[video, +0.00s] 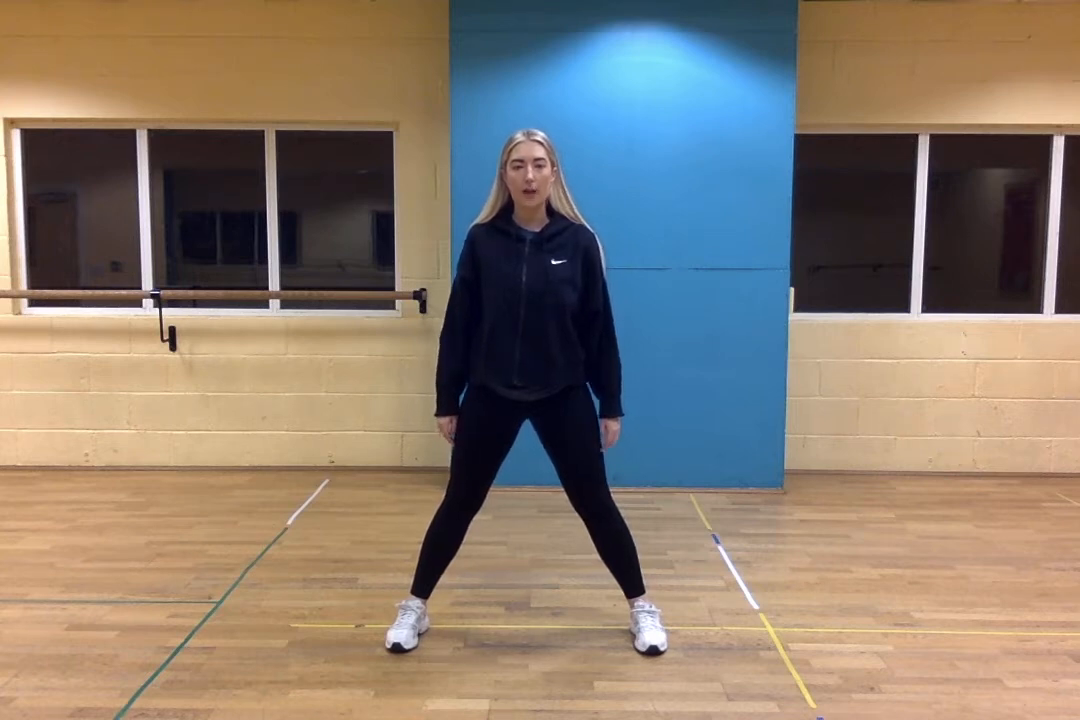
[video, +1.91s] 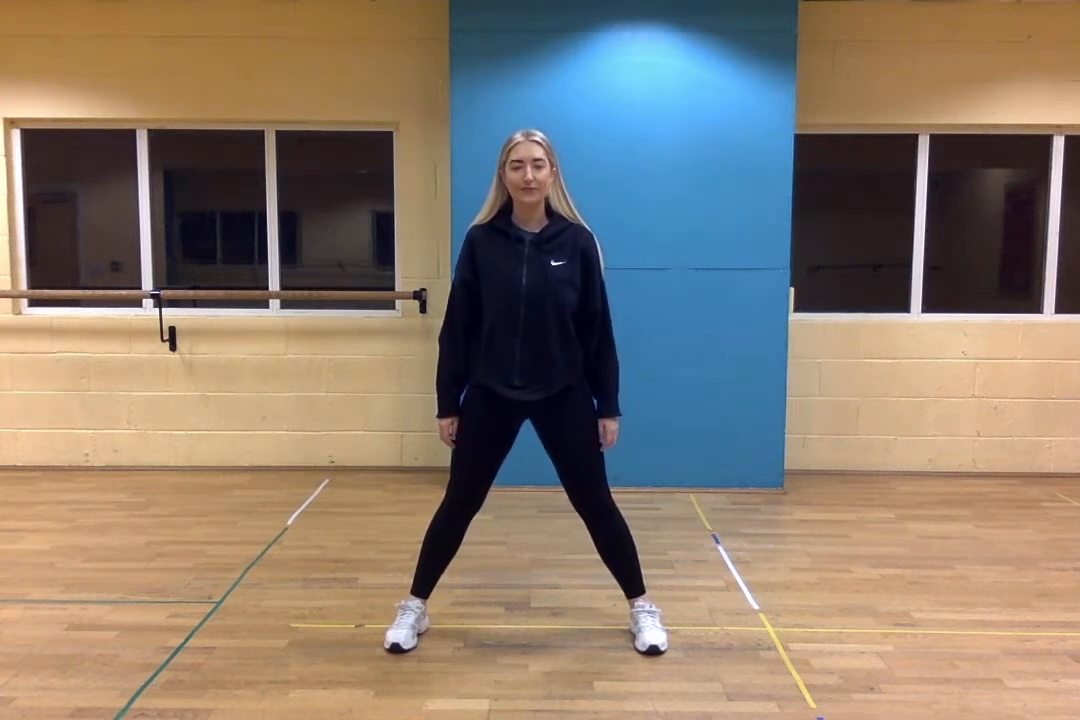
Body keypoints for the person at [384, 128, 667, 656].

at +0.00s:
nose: (529, 173)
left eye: (538, 164)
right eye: (518, 165)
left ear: (554, 173)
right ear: (505, 175)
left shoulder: (580, 239)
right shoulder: (483, 237)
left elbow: (598, 323)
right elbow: (458, 319)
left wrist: (610, 403)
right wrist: (447, 399)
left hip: (563, 393)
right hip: (491, 393)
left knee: (594, 502)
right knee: (460, 501)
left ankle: (641, 607)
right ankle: (414, 606)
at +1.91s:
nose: (528, 173)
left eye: (538, 164)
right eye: (517, 165)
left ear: (553, 173)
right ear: (504, 175)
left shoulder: (578, 240)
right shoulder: (481, 238)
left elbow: (597, 325)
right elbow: (457, 322)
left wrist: (608, 405)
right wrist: (448, 402)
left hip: (564, 394)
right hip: (492, 394)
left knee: (595, 503)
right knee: (460, 501)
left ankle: (641, 607)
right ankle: (413, 606)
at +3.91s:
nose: (491, 176)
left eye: (502, 167)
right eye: (481, 166)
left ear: (516, 178)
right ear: (466, 175)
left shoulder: (535, 248)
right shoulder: (439, 239)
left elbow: (557, 330)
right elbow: (411, 317)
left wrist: (573, 409)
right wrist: (400, 396)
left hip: (518, 398)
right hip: (446, 397)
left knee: (568, 504)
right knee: (409, 514)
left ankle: (632, 604)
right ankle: (410, 608)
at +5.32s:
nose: (537, 175)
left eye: (546, 166)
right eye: (526, 167)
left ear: (561, 175)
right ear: (511, 179)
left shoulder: (588, 240)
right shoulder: (491, 242)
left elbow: (607, 316)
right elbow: (469, 323)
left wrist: (596, 383)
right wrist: (469, 400)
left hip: (580, 390)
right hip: (510, 392)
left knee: (614, 505)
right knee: (468, 504)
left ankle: (634, 610)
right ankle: (417, 607)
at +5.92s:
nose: (496, 188)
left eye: (507, 179)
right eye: (487, 179)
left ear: (521, 190)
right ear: (471, 190)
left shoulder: (543, 259)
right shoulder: (446, 252)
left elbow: (564, 341)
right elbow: (421, 331)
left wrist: (584, 419)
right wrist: (411, 406)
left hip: (525, 409)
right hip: (454, 409)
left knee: (574, 512)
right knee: (412, 515)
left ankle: (626, 609)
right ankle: (412, 609)